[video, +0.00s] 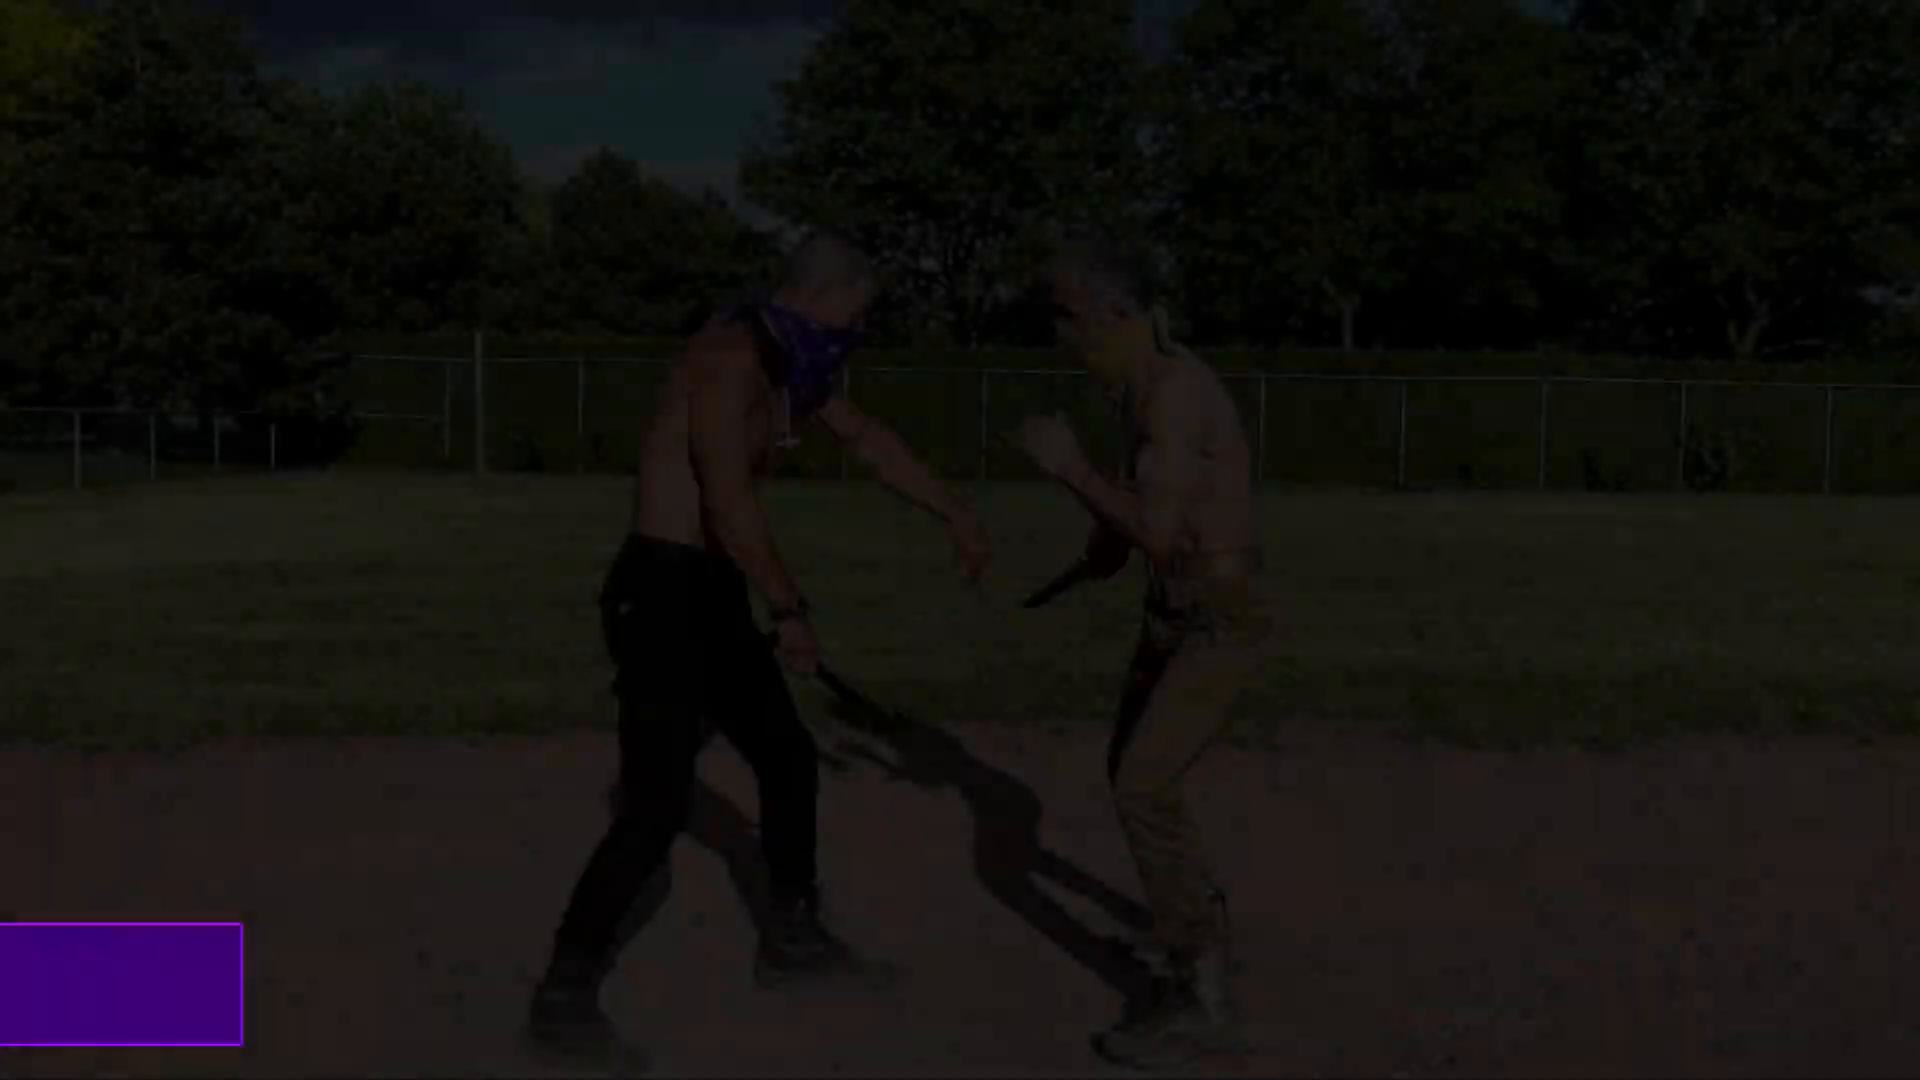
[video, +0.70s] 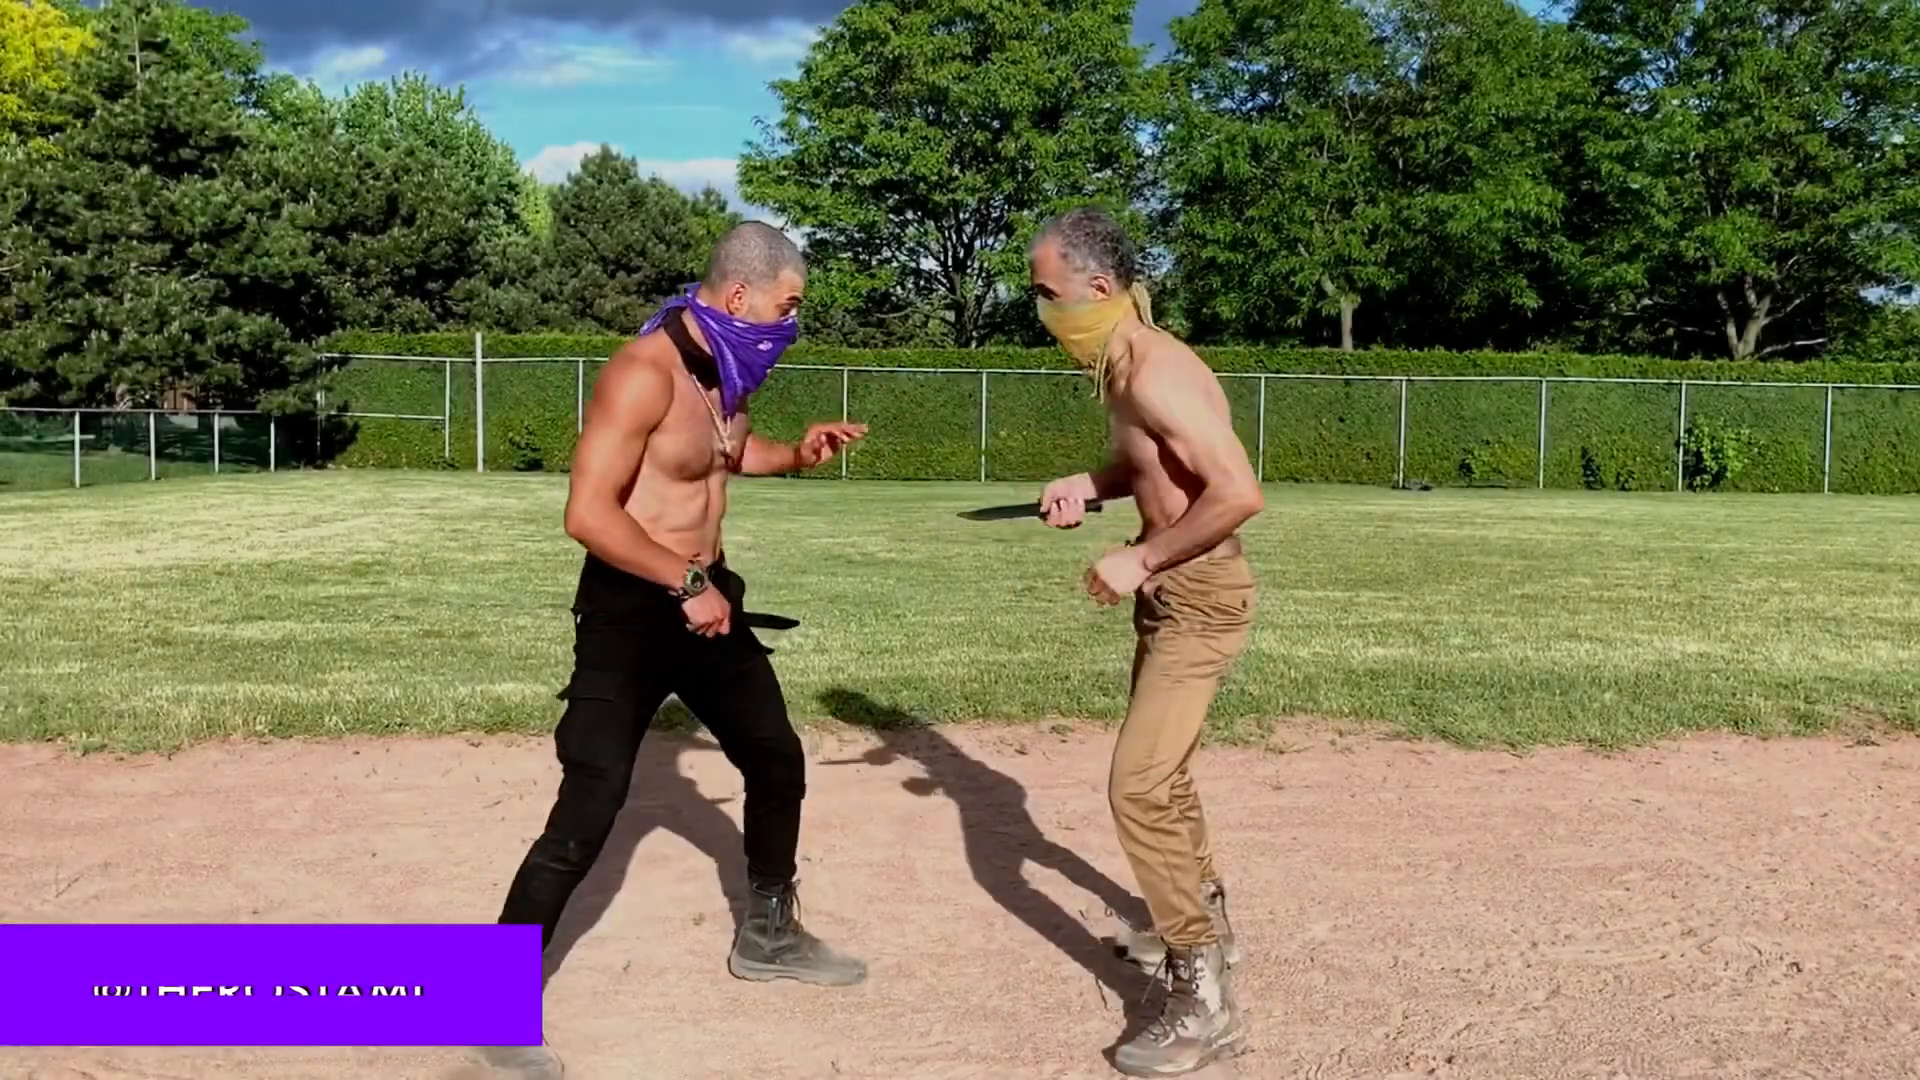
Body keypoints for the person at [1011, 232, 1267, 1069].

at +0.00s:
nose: (1081, 348)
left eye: (1090, 328)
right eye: (1076, 330)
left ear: (1130, 320)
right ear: (1107, 324)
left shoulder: (1178, 394)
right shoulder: (1142, 392)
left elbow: (1162, 533)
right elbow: (1130, 525)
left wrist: (1074, 469)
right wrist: (1067, 583)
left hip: (1222, 624)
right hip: (1177, 617)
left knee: (1144, 779)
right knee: (1132, 773)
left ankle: (1201, 985)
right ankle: (1186, 952)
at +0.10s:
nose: (1080, 334)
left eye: (1089, 317)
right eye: (1079, 318)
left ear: (1134, 316)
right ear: (1135, 317)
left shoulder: (1206, 398)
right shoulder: (1141, 389)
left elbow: (1198, 541)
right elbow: (1105, 448)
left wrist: (1119, 467)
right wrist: (1037, 470)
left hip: (1219, 623)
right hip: (1171, 615)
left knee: (1144, 782)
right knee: (1136, 764)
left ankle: (1205, 994)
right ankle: (1193, 914)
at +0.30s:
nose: (1098, 323)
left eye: (1112, 307)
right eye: (1097, 308)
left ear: (1164, 308)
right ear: (1136, 311)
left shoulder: (1220, 396)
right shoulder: (1122, 384)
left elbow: (1165, 532)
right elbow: (1087, 428)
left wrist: (1091, 438)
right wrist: (1034, 445)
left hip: (1219, 610)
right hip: (1155, 602)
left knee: (1167, 778)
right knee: (1128, 763)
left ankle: (1213, 997)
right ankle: (1192, 911)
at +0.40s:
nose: (1097, 309)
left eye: (1108, 294)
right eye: (1095, 293)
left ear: (1160, 296)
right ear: (1152, 293)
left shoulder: (1181, 388)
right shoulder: (1174, 354)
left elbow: (1047, 484)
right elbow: (1183, 451)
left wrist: (961, 425)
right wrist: (1135, 498)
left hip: (1207, 607)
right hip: (1165, 595)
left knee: (1159, 782)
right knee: (1131, 761)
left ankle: (1210, 996)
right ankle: (1193, 922)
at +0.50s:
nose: (1084, 297)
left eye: (1094, 284)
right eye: (1084, 280)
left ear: (1140, 291)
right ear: (1159, 291)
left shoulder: (1127, 395)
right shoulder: (1211, 355)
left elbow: (1020, 493)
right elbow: (1249, 451)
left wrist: (922, 530)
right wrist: (1146, 490)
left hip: (1192, 608)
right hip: (1203, 593)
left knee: (1131, 787)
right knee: (1151, 770)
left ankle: (1202, 995)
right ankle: (1201, 928)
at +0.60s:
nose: (1059, 298)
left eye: (1067, 283)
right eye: (1057, 282)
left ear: (1118, 285)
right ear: (1128, 286)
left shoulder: (1134, 390)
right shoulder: (1189, 355)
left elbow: (1149, 534)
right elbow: (1207, 463)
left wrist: (1069, 575)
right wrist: (1114, 488)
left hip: (1187, 595)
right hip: (1216, 580)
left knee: (1120, 790)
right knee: (1162, 770)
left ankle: (1198, 995)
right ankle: (1202, 927)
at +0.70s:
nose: (1040, 306)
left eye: (1049, 290)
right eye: (1038, 291)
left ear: (1099, 285)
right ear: (1092, 287)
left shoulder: (1156, 371)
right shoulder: (1119, 362)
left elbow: (1239, 492)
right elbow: (1140, 459)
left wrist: (1144, 558)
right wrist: (1091, 485)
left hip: (1202, 596)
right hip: (1168, 591)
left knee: (1140, 787)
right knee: (1155, 770)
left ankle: (1203, 994)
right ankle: (1196, 918)